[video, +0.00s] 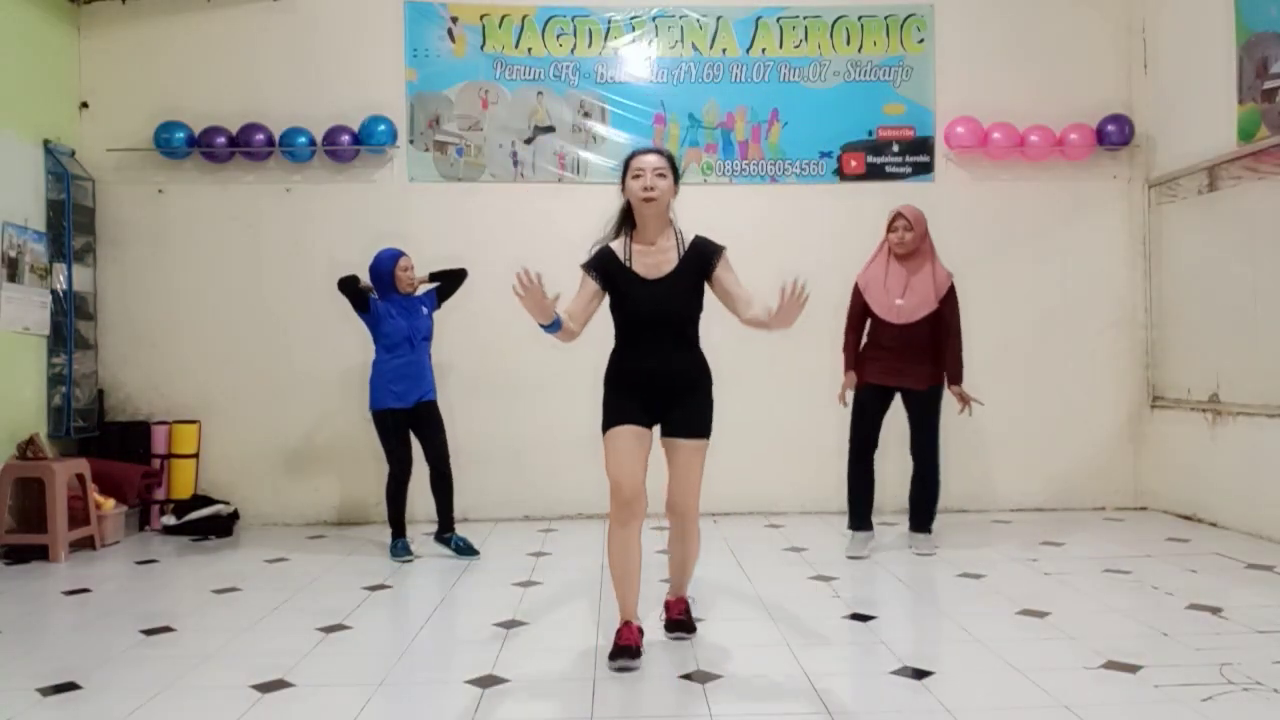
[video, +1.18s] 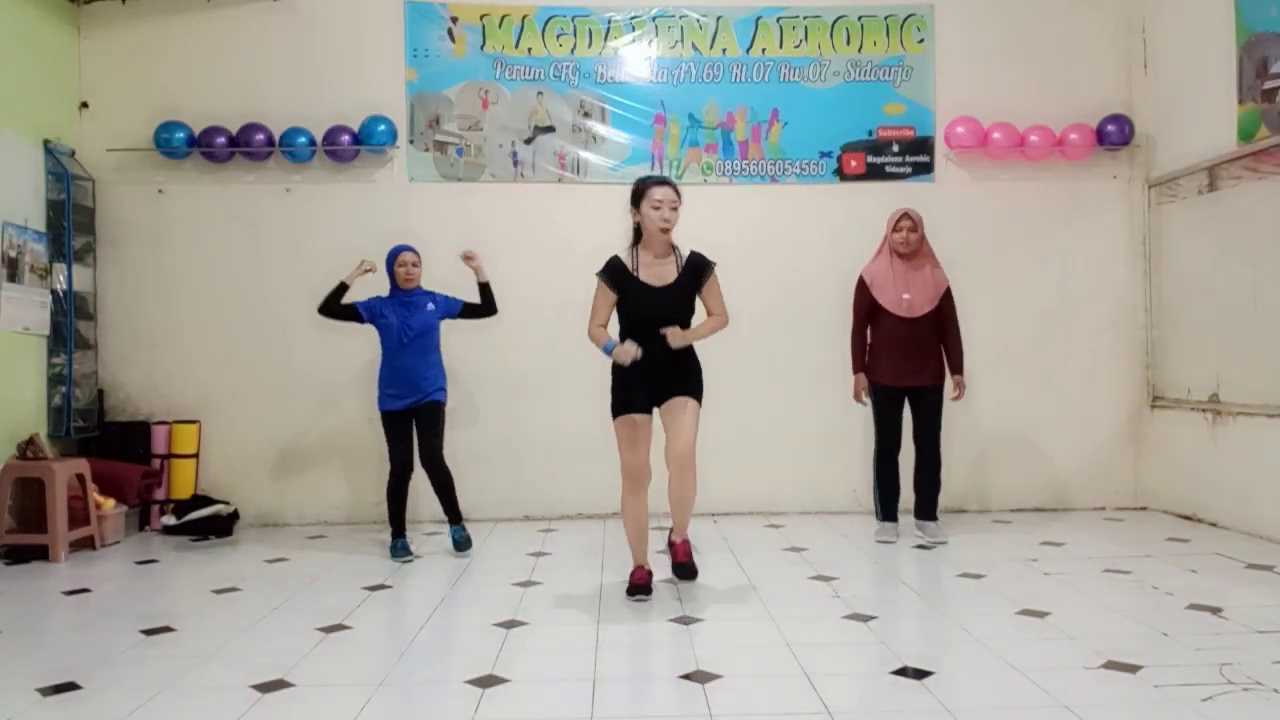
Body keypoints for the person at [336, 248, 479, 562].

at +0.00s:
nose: (412, 275)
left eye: (412, 269)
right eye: (404, 270)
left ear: (413, 275)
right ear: (388, 277)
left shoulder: (424, 303)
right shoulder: (376, 308)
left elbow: (460, 275)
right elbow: (346, 285)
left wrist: (425, 279)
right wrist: (364, 289)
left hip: (422, 397)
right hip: (388, 401)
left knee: (440, 462)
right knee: (400, 466)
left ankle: (446, 531)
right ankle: (399, 538)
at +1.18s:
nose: (409, 269)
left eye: (414, 265)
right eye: (402, 265)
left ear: (421, 270)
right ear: (391, 272)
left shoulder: (434, 302)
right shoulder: (380, 306)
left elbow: (488, 309)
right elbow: (327, 309)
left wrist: (479, 271)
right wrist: (351, 278)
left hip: (430, 393)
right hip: (394, 397)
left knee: (432, 459)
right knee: (400, 467)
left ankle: (457, 526)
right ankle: (398, 538)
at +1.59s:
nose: (431, 270)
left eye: (437, 265)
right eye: (424, 264)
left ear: (445, 271)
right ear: (415, 270)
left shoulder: (458, 304)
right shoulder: (403, 308)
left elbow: (488, 345)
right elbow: (391, 353)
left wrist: (505, 333)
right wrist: (391, 373)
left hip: (455, 394)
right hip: (419, 394)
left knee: (457, 461)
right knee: (431, 451)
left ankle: (459, 533)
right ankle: (415, 525)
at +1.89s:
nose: (437, 273)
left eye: (443, 267)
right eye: (431, 268)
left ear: (452, 272)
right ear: (422, 273)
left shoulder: (466, 307)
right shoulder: (409, 310)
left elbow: (479, 355)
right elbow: (389, 359)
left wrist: (489, 398)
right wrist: (407, 373)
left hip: (459, 401)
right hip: (424, 403)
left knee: (457, 468)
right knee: (430, 469)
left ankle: (460, 533)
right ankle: (432, 536)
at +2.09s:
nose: (442, 274)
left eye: (448, 269)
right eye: (436, 269)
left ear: (457, 272)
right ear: (427, 273)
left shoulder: (471, 306)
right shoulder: (415, 309)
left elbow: (482, 354)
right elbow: (401, 359)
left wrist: (489, 399)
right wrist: (414, 366)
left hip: (465, 398)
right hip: (428, 400)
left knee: (462, 465)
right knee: (434, 466)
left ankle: (466, 531)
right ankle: (431, 535)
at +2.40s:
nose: (447, 275)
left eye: (453, 269)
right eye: (441, 269)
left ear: (462, 272)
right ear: (432, 273)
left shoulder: (476, 304)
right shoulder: (421, 307)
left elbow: (494, 354)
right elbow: (407, 349)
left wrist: (485, 386)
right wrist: (417, 361)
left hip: (470, 392)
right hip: (436, 390)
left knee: (466, 459)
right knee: (444, 446)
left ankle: (466, 529)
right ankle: (441, 508)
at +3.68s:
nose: (466, 272)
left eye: (472, 267)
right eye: (460, 268)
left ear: (481, 273)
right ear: (452, 274)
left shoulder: (493, 302)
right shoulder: (443, 308)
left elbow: (505, 331)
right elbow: (431, 354)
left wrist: (478, 303)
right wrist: (445, 318)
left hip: (489, 394)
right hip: (455, 394)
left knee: (484, 459)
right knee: (457, 458)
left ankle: (484, 524)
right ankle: (457, 522)